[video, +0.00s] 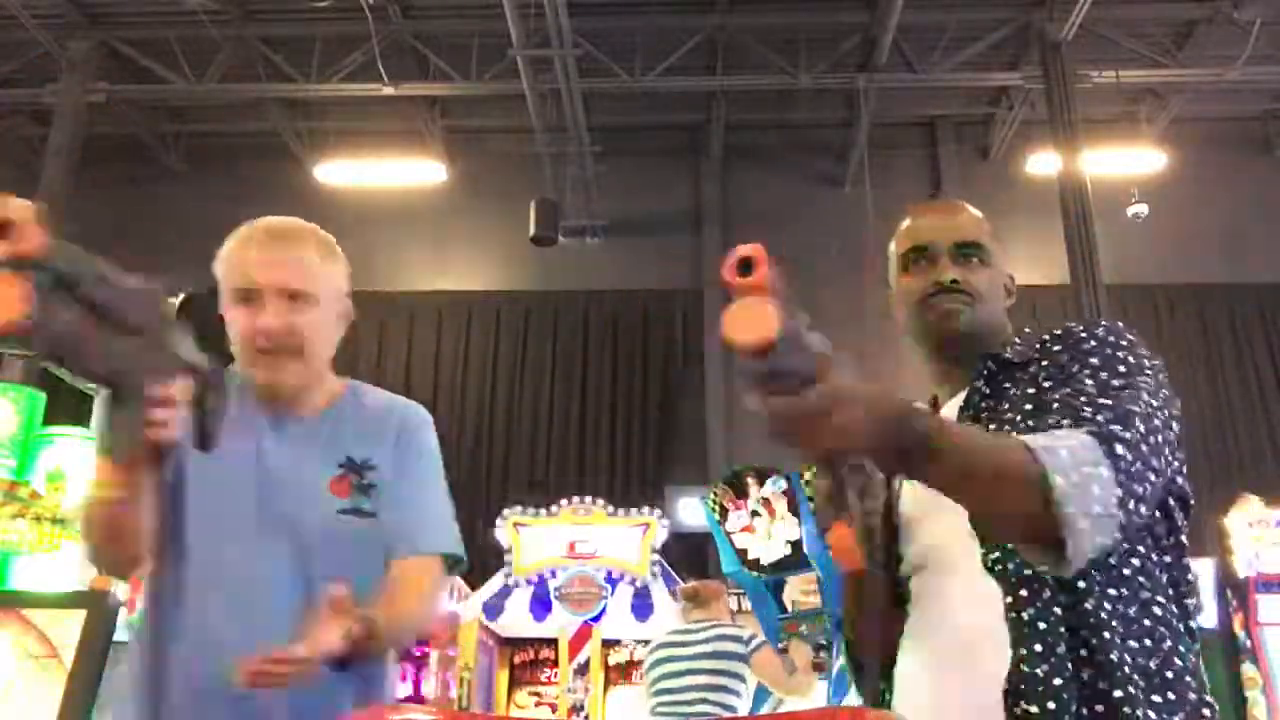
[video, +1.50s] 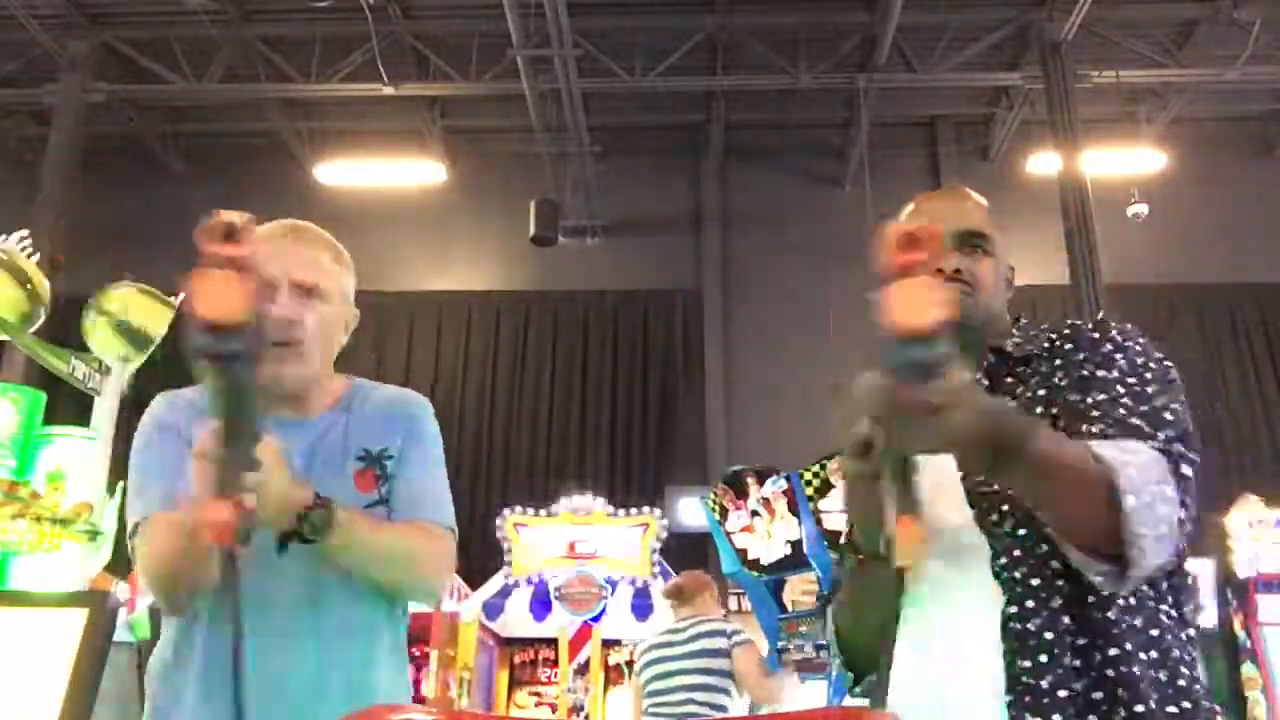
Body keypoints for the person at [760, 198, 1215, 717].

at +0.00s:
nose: (944, 270)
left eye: (969, 254)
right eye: (917, 260)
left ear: (1008, 286)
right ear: (894, 303)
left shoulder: (1096, 352)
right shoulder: (902, 445)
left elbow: (1082, 508)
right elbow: (879, 665)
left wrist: (902, 435)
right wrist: (865, 547)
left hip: (1111, 699)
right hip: (951, 704)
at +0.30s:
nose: (959, 268)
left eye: (984, 249)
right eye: (934, 252)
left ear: (1020, 276)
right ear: (905, 284)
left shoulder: (1117, 358)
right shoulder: (898, 415)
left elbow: (1143, 547)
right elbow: (872, 667)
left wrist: (991, 453)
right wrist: (881, 534)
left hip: (1118, 700)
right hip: (948, 705)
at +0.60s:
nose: (947, 267)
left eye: (972, 249)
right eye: (919, 253)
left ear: (1006, 270)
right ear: (891, 295)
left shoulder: (1118, 352)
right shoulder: (891, 455)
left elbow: (1263, 543)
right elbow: (870, 651)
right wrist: (903, 531)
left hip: (1160, 702)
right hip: (967, 706)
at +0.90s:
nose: (956, 268)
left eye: (979, 254)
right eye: (928, 255)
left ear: (1012, 287)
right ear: (893, 292)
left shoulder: (1121, 392)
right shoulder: (878, 457)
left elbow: (1248, 563)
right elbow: (864, 661)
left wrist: (1261, 682)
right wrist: (852, 564)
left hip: (1126, 704)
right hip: (949, 708)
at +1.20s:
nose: (954, 267)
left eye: (979, 249)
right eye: (926, 254)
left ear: (1018, 281)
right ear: (901, 295)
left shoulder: (1131, 399)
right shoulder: (880, 469)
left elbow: (1252, 552)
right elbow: (868, 656)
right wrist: (923, 540)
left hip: (1139, 704)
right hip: (956, 707)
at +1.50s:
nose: (949, 264)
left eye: (972, 246)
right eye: (920, 250)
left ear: (1008, 277)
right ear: (893, 281)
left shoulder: (1101, 356)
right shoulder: (893, 412)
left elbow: (1147, 525)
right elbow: (864, 653)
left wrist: (1002, 443)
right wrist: (868, 510)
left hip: (1120, 694)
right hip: (952, 702)